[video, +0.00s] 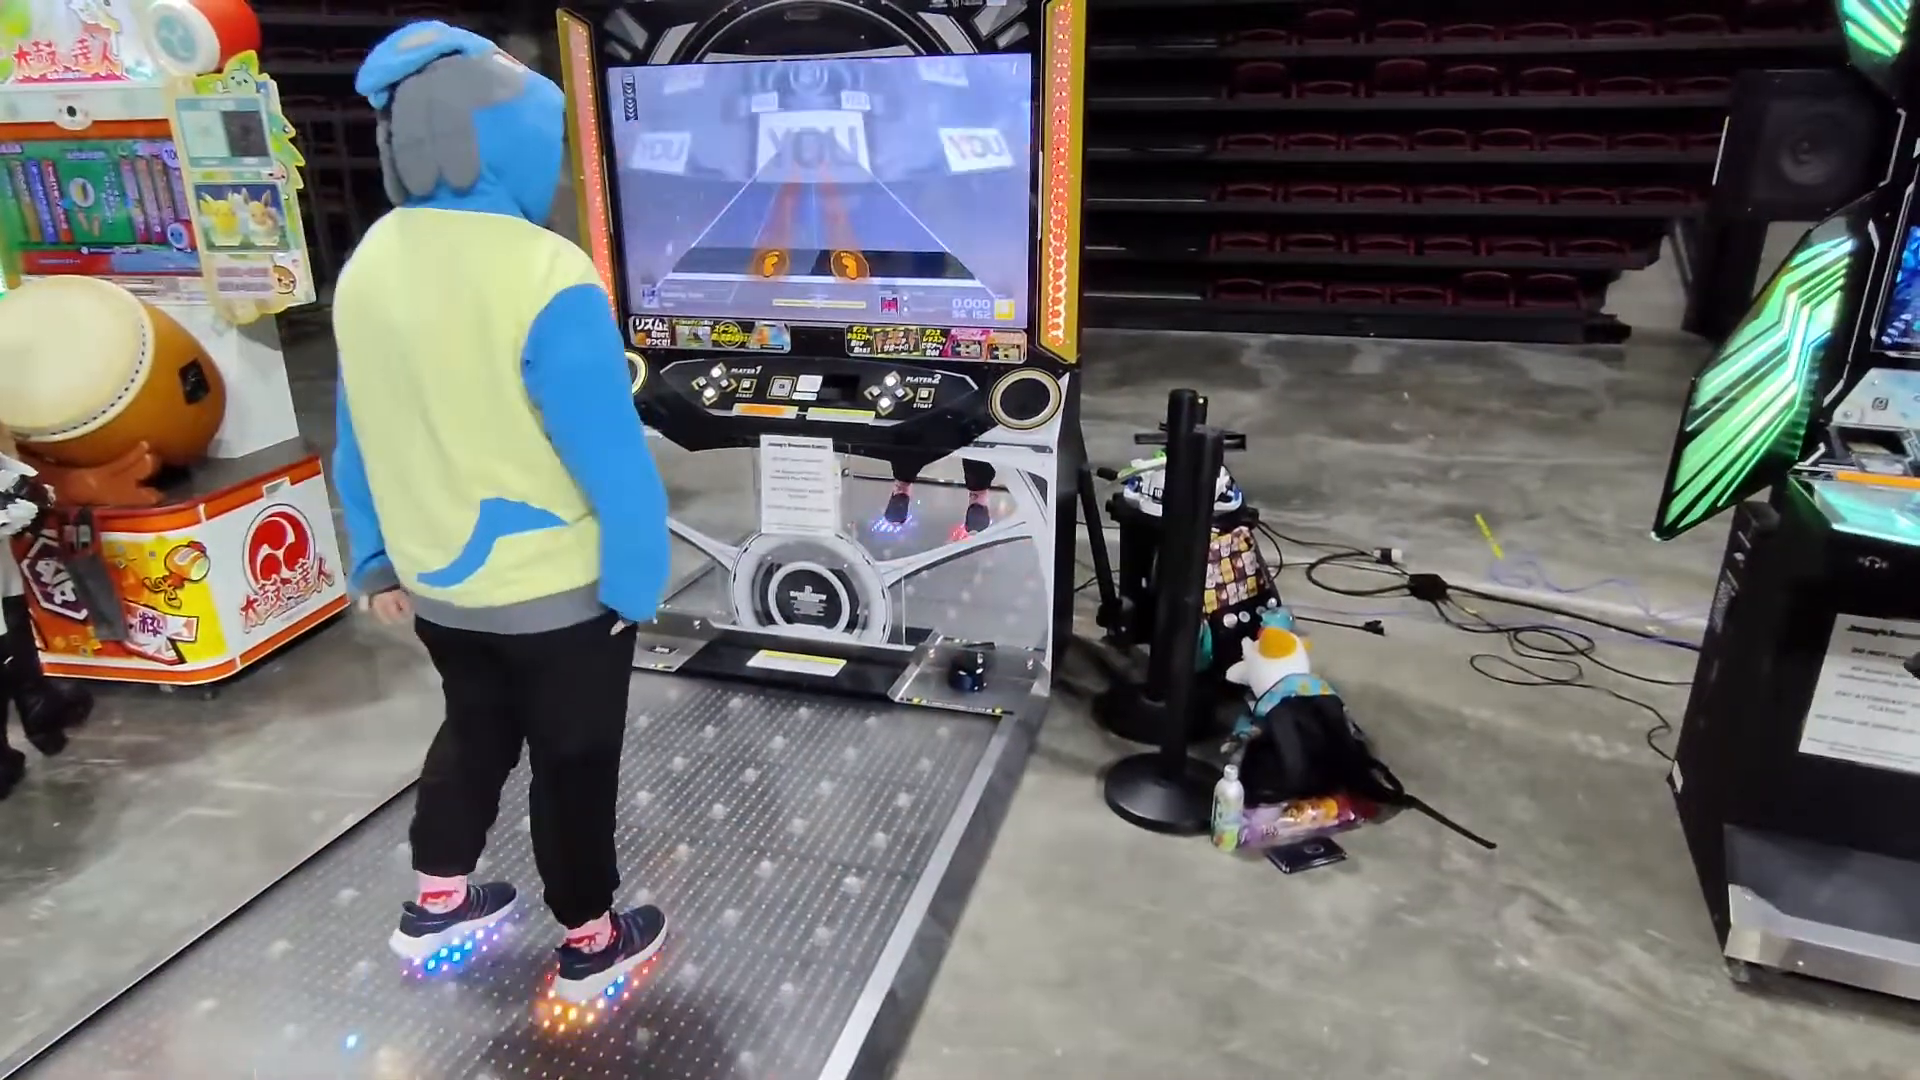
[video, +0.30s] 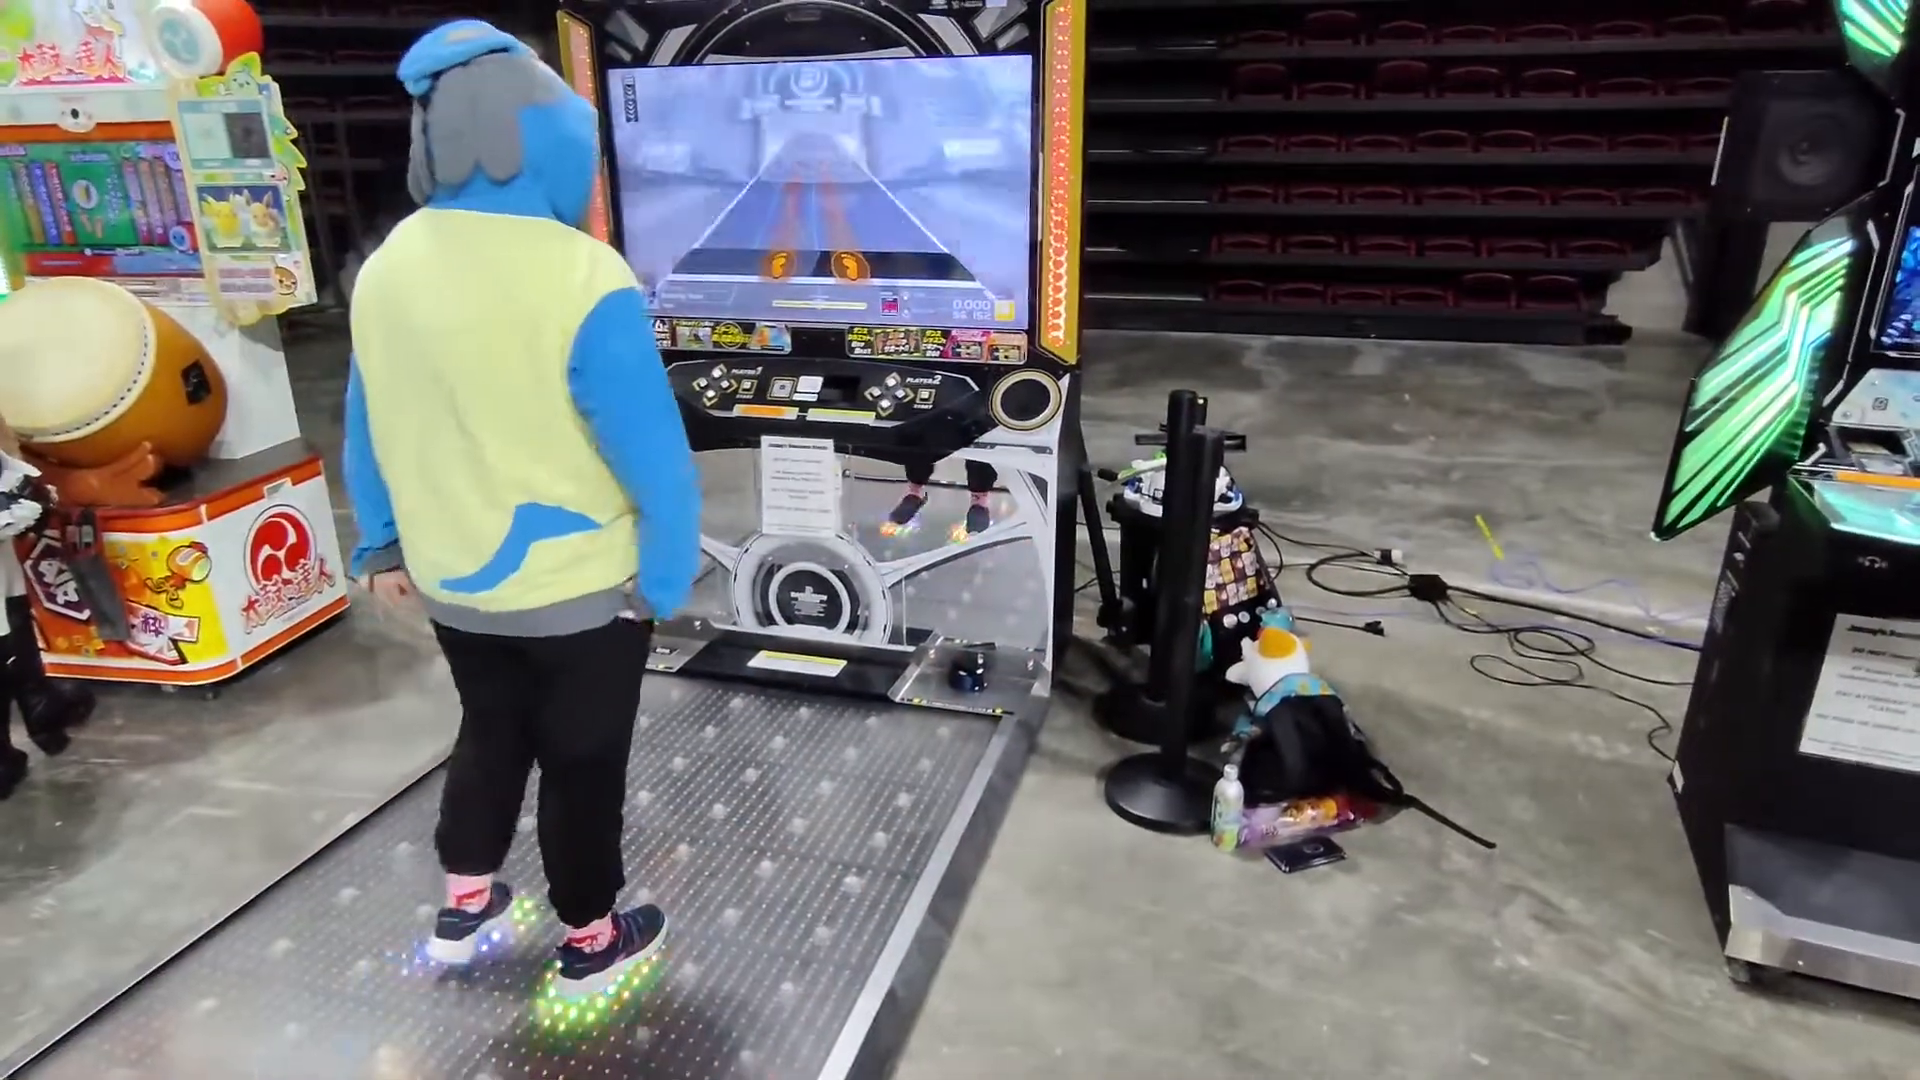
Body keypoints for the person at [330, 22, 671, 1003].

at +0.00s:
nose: (551, 152)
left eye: (544, 132)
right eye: (538, 134)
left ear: (424, 151)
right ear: (502, 144)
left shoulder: (368, 267)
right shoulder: (546, 272)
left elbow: (356, 431)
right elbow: (609, 445)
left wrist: (374, 553)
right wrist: (638, 575)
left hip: (440, 589)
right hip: (555, 591)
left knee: (474, 729)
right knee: (574, 764)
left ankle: (436, 899)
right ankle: (591, 935)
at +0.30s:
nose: (592, 172)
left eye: (588, 149)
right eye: (582, 151)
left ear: (450, 152)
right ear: (544, 153)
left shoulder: (386, 269)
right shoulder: (581, 274)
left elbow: (365, 422)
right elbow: (650, 442)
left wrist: (378, 534)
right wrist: (668, 565)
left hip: (456, 585)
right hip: (579, 585)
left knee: (490, 732)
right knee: (583, 764)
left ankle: (465, 900)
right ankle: (589, 936)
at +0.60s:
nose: (592, 173)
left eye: (585, 150)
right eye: (580, 151)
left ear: (450, 160)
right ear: (548, 159)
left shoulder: (385, 278)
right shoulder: (590, 284)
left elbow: (367, 438)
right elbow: (646, 461)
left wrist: (381, 562)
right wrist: (673, 596)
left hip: (450, 591)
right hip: (581, 596)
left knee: (476, 747)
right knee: (585, 770)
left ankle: (464, 896)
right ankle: (595, 934)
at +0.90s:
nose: (554, 167)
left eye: (543, 147)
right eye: (541, 149)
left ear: (419, 167)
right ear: (520, 161)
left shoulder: (363, 279)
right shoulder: (561, 286)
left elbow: (337, 430)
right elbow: (640, 448)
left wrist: (365, 534)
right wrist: (669, 563)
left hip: (432, 596)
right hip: (565, 601)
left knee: (462, 749)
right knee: (575, 772)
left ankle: (467, 905)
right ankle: (599, 938)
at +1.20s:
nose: (525, 165)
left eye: (515, 147)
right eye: (511, 149)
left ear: (397, 170)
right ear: (487, 162)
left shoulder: (355, 278)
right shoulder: (549, 289)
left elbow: (366, 438)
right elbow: (613, 450)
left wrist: (396, 542)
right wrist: (649, 556)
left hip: (426, 591)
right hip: (560, 596)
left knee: (460, 745)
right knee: (573, 771)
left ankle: (469, 910)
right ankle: (601, 941)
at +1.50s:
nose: (530, 164)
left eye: (519, 147)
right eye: (516, 149)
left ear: (401, 177)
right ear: (494, 164)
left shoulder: (365, 276)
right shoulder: (567, 295)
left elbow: (331, 388)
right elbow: (707, 384)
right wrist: (837, 430)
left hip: (431, 597)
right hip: (563, 607)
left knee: (464, 754)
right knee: (575, 777)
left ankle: (472, 916)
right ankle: (603, 949)